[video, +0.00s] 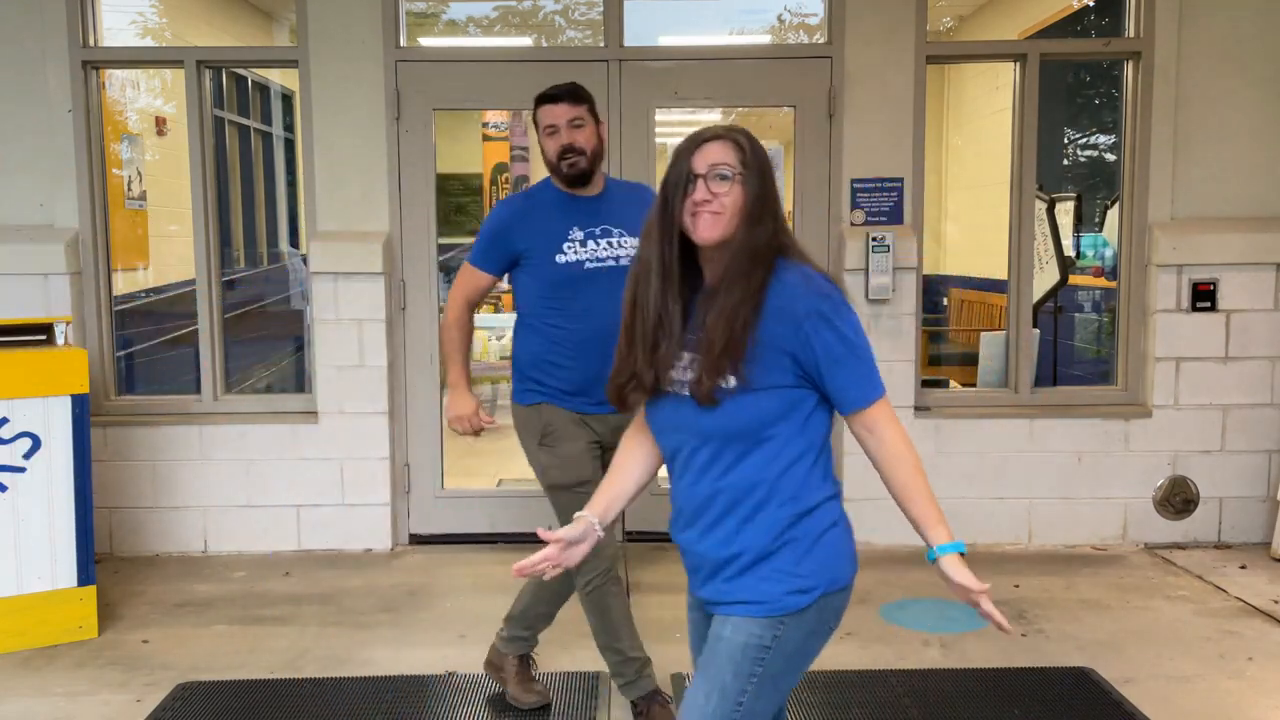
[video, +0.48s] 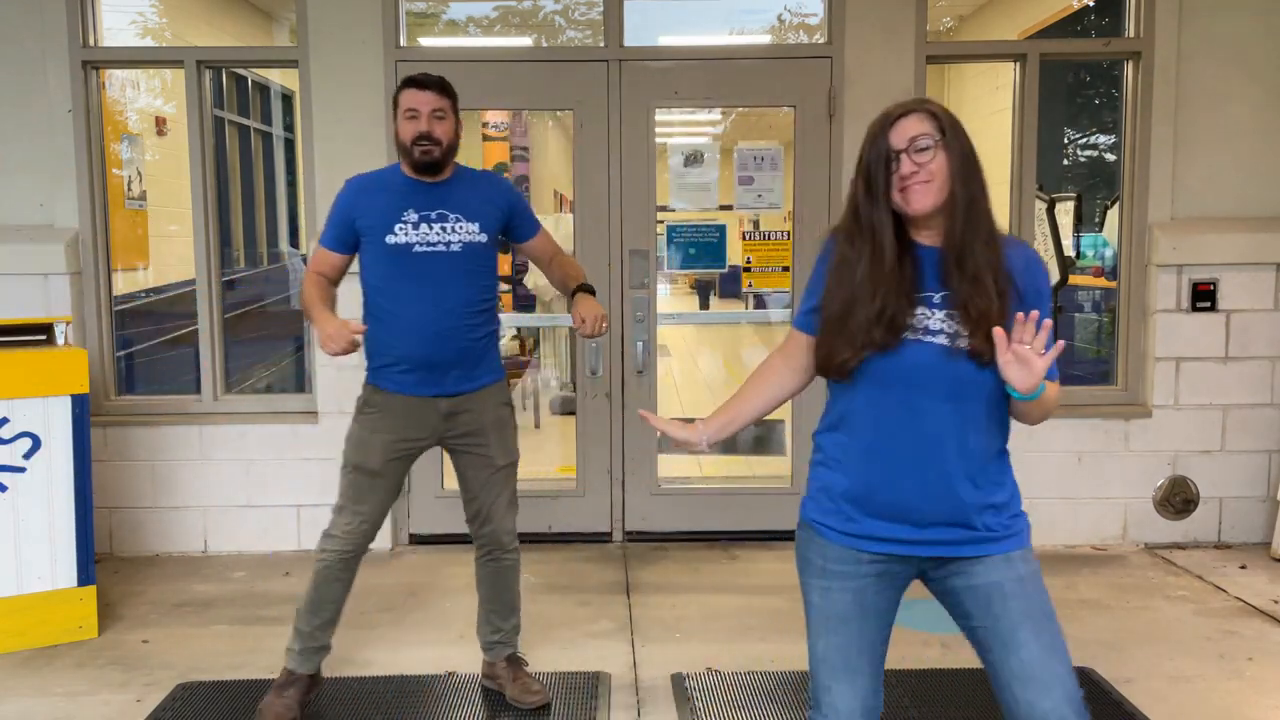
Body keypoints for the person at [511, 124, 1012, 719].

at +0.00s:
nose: (700, 192)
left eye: (721, 177)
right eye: (689, 179)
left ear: (758, 195)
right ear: (676, 198)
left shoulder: (801, 296)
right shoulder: (677, 303)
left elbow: (877, 426)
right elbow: (653, 426)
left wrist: (946, 551)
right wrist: (592, 521)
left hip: (788, 575)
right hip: (709, 568)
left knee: (706, 712)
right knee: (741, 708)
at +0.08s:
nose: (738, 200)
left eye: (759, 186)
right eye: (726, 189)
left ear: (792, 202)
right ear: (711, 207)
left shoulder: (842, 305)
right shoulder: (711, 310)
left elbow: (911, 428)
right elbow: (686, 430)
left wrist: (949, 547)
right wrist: (602, 515)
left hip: (835, 577)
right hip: (743, 572)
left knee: (734, 711)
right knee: (739, 712)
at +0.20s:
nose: (793, 209)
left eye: (811, 194)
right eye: (780, 199)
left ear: (847, 209)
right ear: (767, 221)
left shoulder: (904, 313)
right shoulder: (754, 315)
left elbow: (949, 429)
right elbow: (714, 434)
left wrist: (968, 472)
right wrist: (615, 488)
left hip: (885, 565)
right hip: (779, 567)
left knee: (793, 710)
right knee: (764, 712)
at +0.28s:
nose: (828, 200)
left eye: (847, 182)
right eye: (813, 188)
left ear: (882, 196)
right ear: (799, 209)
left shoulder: (941, 302)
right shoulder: (781, 301)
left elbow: (958, 441)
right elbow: (737, 411)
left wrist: (975, 427)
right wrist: (641, 465)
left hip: (915, 552)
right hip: (800, 554)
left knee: (865, 708)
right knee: (788, 710)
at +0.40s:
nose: (874, 170)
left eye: (890, 153)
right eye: (859, 161)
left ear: (925, 164)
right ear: (846, 181)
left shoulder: (980, 271)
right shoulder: (821, 258)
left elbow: (1006, 412)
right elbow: (769, 363)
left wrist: (995, 392)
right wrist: (682, 441)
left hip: (951, 529)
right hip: (829, 531)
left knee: (992, 708)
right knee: (835, 711)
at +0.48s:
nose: (907, 165)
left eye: (922, 148)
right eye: (891, 157)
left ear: (957, 157)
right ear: (878, 178)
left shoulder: (1013, 265)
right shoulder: (849, 253)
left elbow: (1038, 410)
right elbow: (797, 357)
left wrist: (1027, 391)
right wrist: (711, 429)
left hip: (979, 527)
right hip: (850, 528)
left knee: (1053, 708)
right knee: (844, 709)